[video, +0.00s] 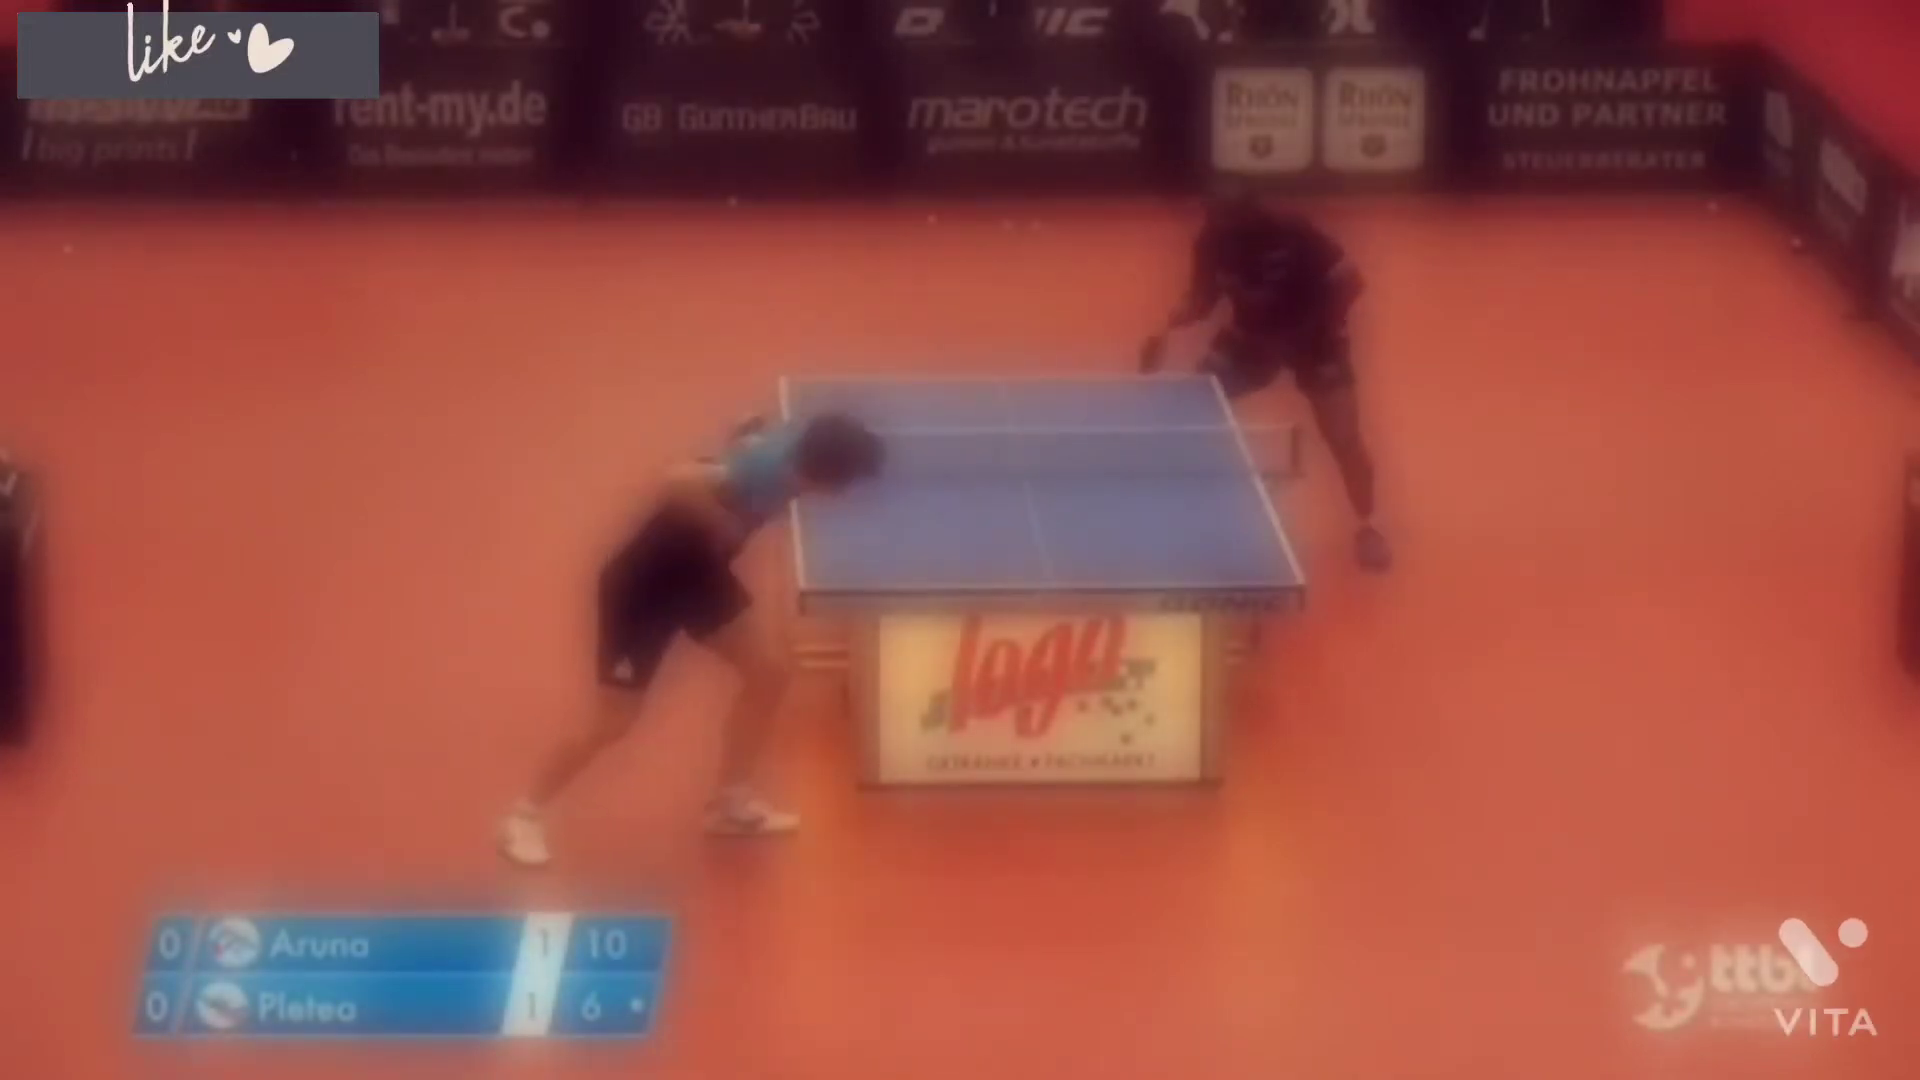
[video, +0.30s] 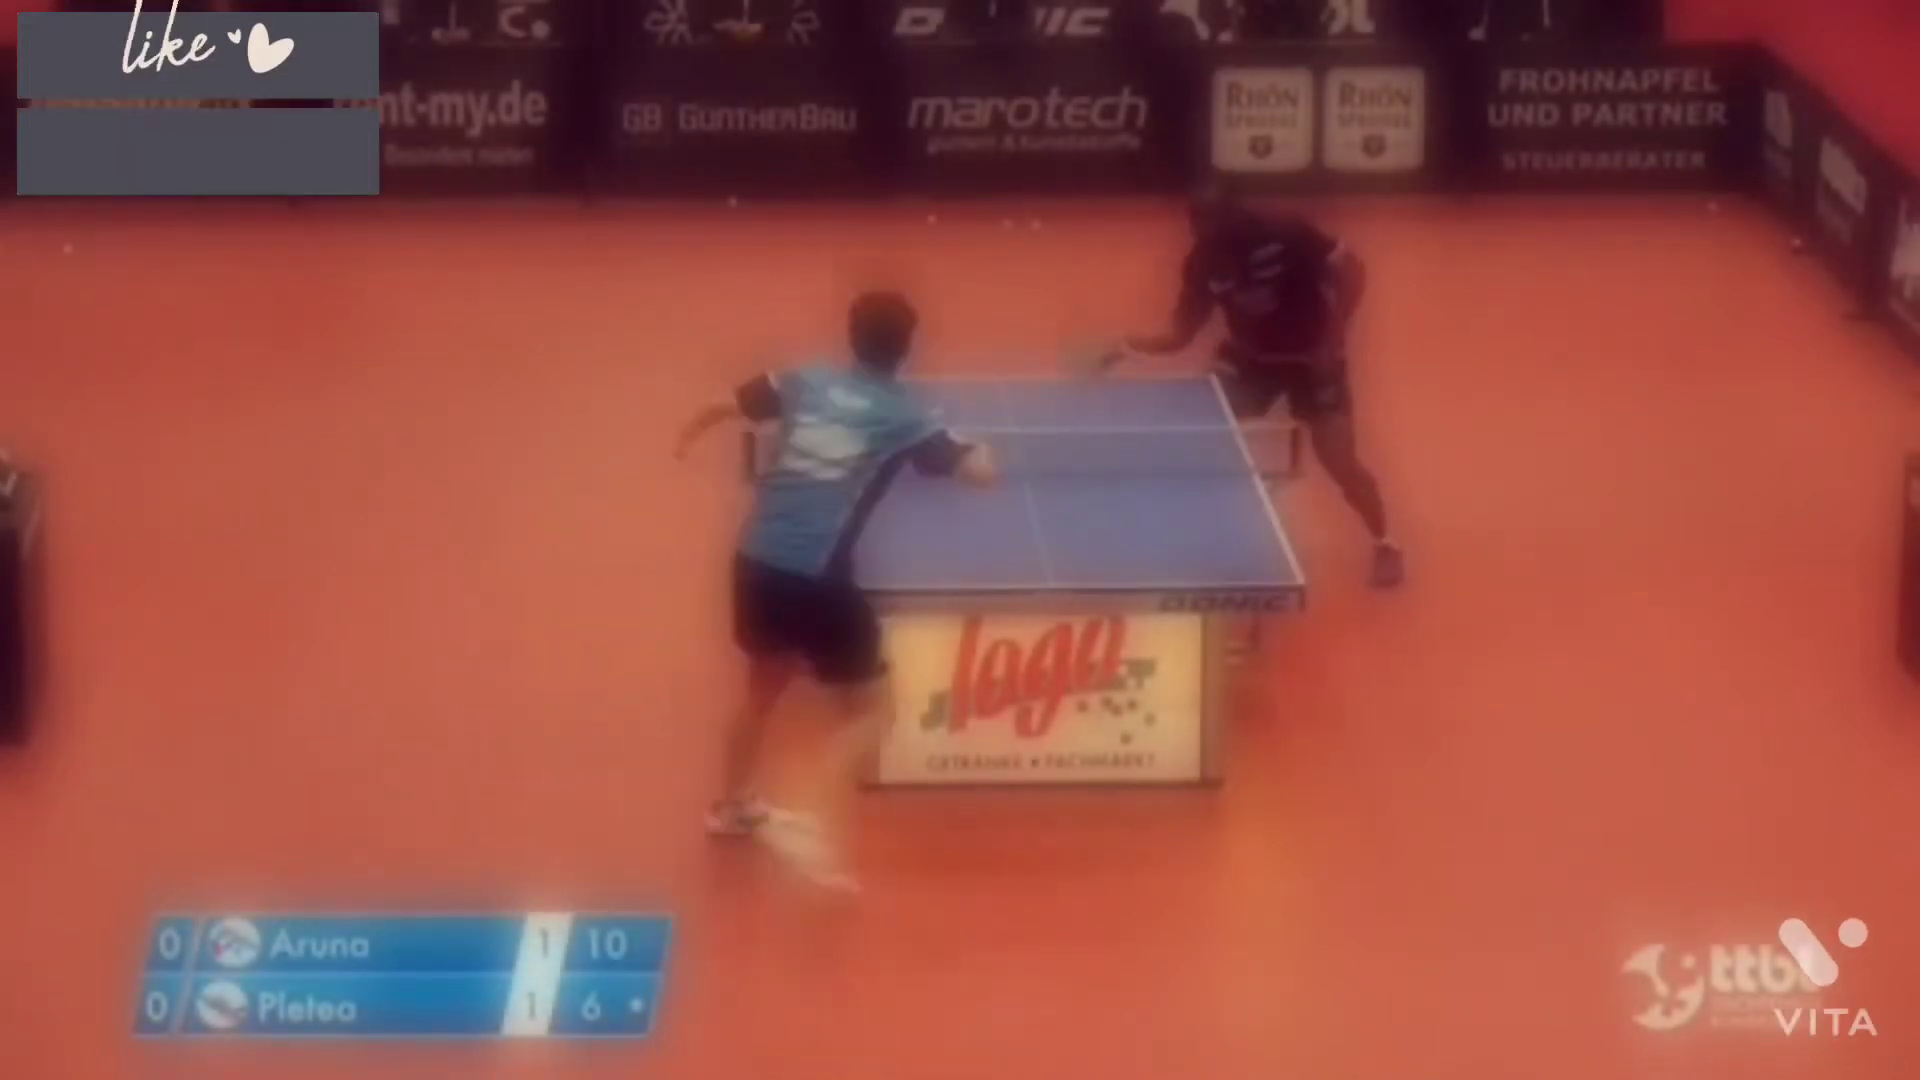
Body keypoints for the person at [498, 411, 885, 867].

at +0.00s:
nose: (832, 493)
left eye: (840, 484)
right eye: (835, 482)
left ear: (824, 456)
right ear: (818, 468)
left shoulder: (784, 454)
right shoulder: (755, 470)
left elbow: (752, 433)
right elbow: (678, 482)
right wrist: (718, 516)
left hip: (699, 576)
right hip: (644, 579)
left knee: (766, 673)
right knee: (614, 717)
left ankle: (732, 798)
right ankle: (528, 812)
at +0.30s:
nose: (901, 346)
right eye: (904, 337)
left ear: (853, 336)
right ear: (906, 345)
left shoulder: (809, 384)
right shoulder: (901, 413)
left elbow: (741, 403)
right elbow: (967, 467)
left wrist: (695, 427)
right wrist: (981, 455)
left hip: (757, 563)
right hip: (817, 575)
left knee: (765, 678)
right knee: (867, 706)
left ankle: (732, 802)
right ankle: (807, 818)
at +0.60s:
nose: (931, 418)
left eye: (922, 407)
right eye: (945, 409)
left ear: (907, 415)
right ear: (962, 419)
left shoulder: (874, 466)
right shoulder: (985, 487)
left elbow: (825, 506)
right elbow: (1025, 561)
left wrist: (869, 532)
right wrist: (984, 519)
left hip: (867, 652)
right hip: (948, 655)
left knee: (783, 721)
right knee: (1035, 744)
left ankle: (740, 861)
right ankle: (1079, 882)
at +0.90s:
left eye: (916, 432)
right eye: (945, 435)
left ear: (899, 440)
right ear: (953, 448)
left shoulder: (863, 483)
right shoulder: (975, 504)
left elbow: (821, 535)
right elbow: (1021, 565)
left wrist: (875, 548)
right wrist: (974, 589)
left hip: (871, 674)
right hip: (956, 674)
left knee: (771, 739)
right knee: (1024, 714)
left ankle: (723, 869)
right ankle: (1074, 842)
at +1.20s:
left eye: (891, 425)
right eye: (921, 424)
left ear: (883, 433)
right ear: (936, 433)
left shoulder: (866, 484)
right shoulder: (969, 498)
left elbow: (793, 538)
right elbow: (1035, 545)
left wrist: (725, 592)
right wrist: (1079, 496)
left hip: (863, 675)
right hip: (940, 678)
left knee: (753, 734)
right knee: (1018, 756)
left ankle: (715, 872)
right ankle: (1095, 845)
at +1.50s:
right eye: (919, 427)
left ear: (866, 436)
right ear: (923, 438)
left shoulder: (834, 498)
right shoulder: (943, 511)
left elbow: (783, 554)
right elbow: (1006, 584)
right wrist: (1046, 563)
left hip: (838, 695)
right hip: (919, 698)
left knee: (741, 764)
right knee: (1005, 792)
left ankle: (711, 900)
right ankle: (1046, 935)